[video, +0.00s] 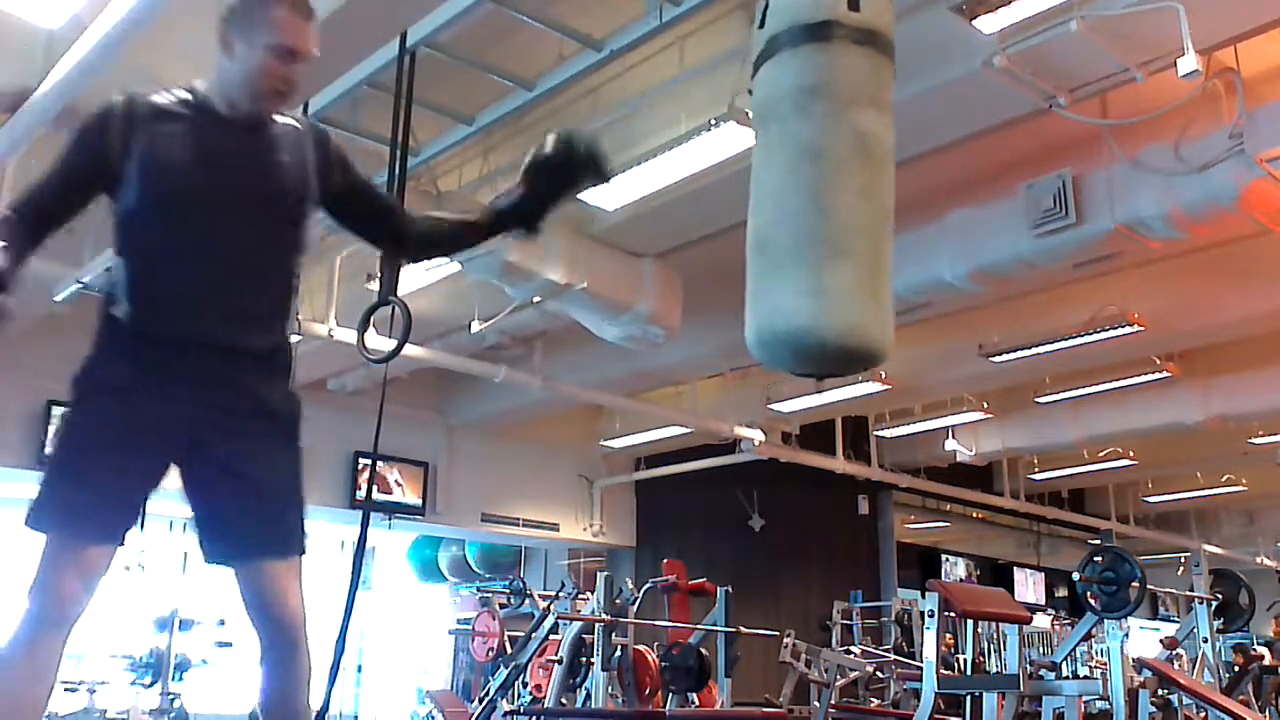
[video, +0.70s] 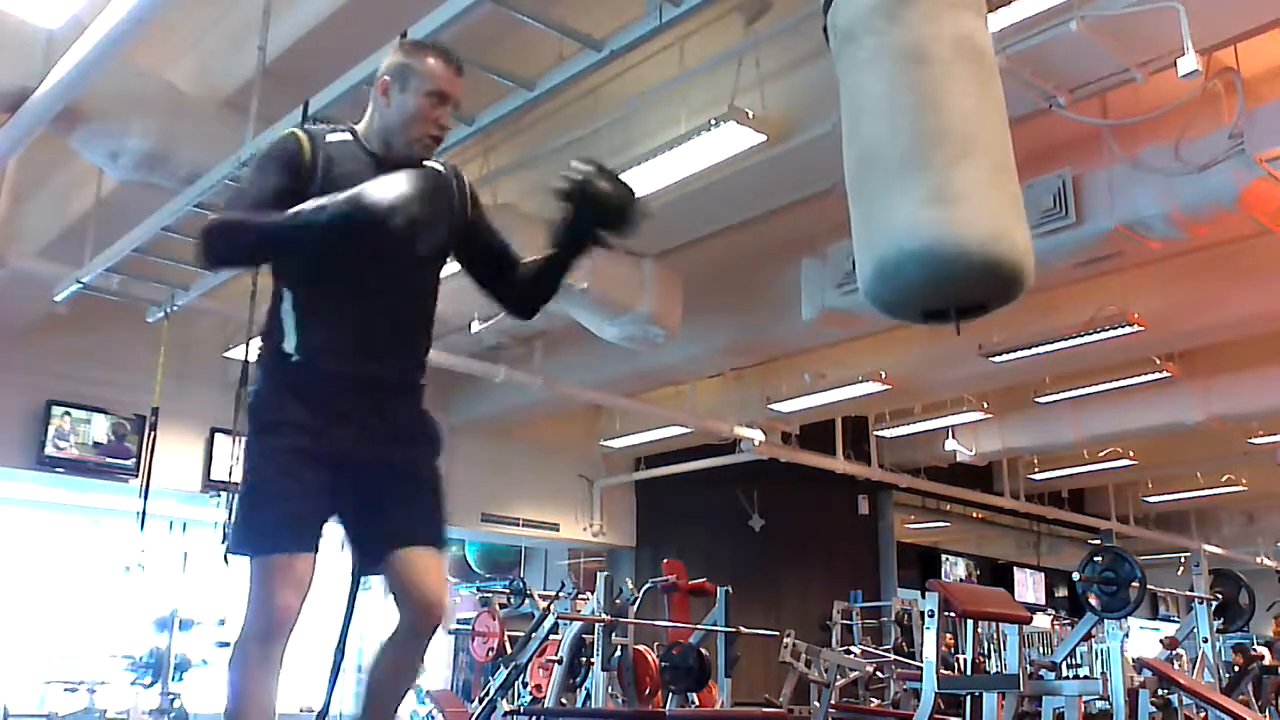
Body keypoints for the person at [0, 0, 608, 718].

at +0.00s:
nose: (295, 75)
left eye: (305, 61)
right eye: (282, 53)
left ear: (308, 64)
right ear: (228, 38)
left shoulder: (309, 153)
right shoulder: (130, 126)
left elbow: (409, 238)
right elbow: (22, 225)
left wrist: (522, 207)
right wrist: (3, 268)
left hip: (249, 397)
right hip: (132, 384)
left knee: (282, 621)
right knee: (57, 597)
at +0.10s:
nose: (332, 98)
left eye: (342, 86)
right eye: (321, 77)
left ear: (342, 89)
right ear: (266, 61)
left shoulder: (344, 172)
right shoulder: (178, 147)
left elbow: (466, 244)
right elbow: (67, 248)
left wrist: (556, 187)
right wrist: (66, 289)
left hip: (283, 415)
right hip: (174, 401)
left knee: (304, 623)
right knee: (97, 596)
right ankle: (30, 715)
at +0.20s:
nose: (371, 111)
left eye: (377, 97)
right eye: (359, 92)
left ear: (375, 105)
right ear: (307, 83)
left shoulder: (370, 189)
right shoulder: (222, 161)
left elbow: (471, 276)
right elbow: (115, 265)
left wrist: (551, 221)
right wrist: (150, 313)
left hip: (310, 426)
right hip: (213, 412)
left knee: (322, 629)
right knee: (157, 601)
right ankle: (74, 716)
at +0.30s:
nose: (401, 122)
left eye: (408, 109)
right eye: (390, 103)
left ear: (405, 118)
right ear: (338, 91)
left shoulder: (396, 205)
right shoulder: (254, 165)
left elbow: (415, 330)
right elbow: (147, 268)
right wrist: (206, 338)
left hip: (333, 414)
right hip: (243, 402)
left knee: (328, 619)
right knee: (218, 587)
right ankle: (149, 712)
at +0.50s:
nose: (428, 121)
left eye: (436, 109)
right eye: (417, 103)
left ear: (438, 116)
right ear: (367, 89)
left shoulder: (427, 201)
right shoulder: (277, 157)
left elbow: (449, 327)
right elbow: (160, 248)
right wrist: (199, 288)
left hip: (363, 418)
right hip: (272, 402)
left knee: (337, 623)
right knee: (272, 598)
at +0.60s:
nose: (436, 120)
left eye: (445, 109)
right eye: (425, 100)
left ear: (446, 118)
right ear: (376, 89)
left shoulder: (440, 196)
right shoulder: (291, 156)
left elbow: (491, 312)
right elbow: (173, 251)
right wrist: (254, 252)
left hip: (372, 425)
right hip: (280, 410)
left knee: (366, 624)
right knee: (269, 604)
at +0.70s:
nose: (444, 119)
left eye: (453, 108)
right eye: (433, 100)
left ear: (453, 115)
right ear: (384, 89)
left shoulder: (447, 192)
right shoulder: (308, 151)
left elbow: (521, 294)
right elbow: (219, 242)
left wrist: (578, 236)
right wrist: (347, 211)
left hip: (392, 416)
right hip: (299, 407)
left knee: (426, 604)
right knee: (278, 602)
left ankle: (371, 718)